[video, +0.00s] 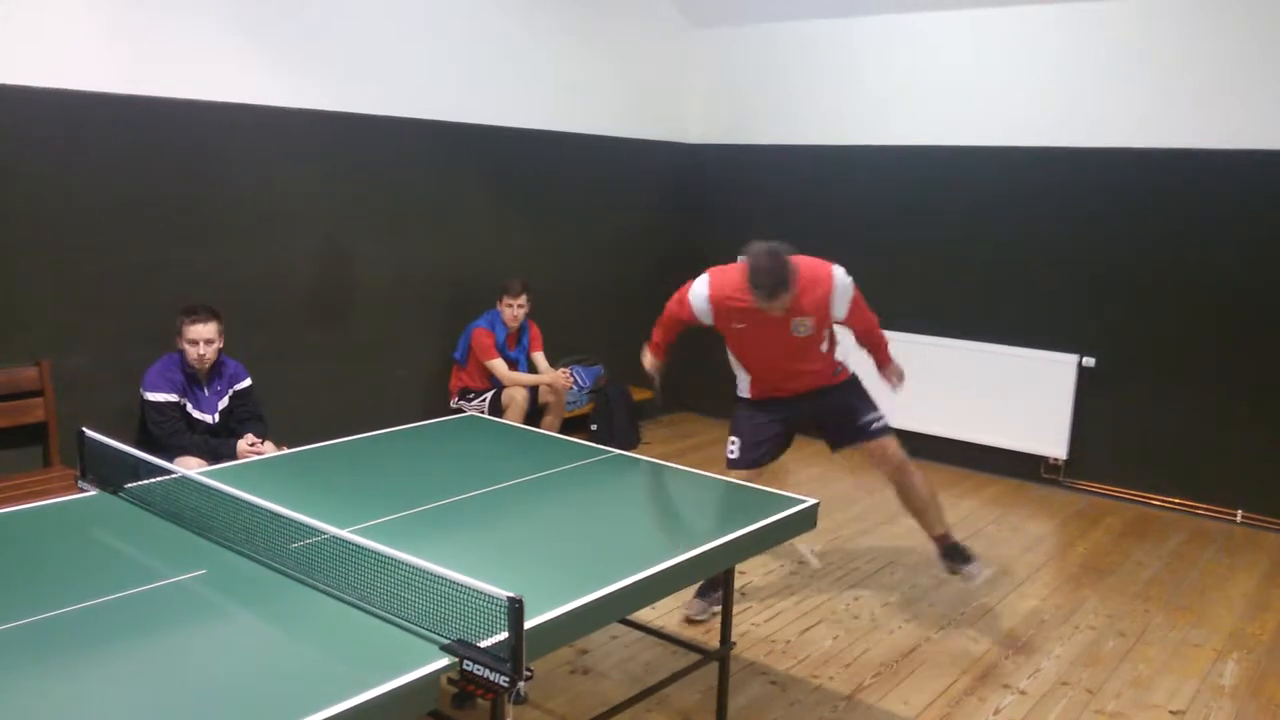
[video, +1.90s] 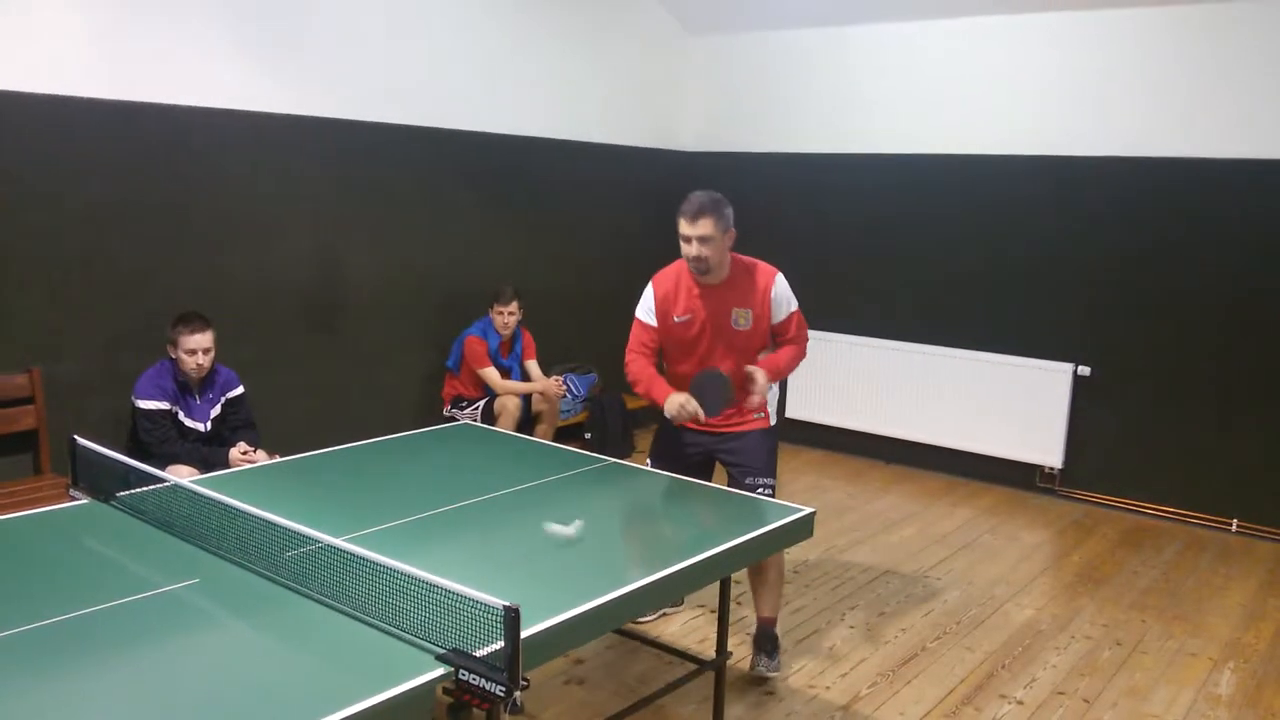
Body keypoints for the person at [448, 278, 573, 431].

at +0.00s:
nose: (515, 313)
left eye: (520, 307)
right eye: (509, 306)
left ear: (527, 308)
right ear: (499, 306)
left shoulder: (530, 329)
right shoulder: (481, 331)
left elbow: (544, 368)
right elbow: (505, 378)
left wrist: (558, 378)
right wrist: (550, 379)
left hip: (503, 391)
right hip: (467, 398)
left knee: (557, 392)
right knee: (519, 395)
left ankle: (545, 453)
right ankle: (506, 453)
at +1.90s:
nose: (505, 320)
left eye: (511, 314)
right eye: (500, 313)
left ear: (520, 315)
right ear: (491, 313)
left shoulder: (523, 337)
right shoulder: (474, 340)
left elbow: (538, 378)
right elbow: (499, 387)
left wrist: (552, 386)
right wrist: (542, 387)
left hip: (497, 400)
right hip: (461, 406)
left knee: (550, 401)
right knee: (511, 403)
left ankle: (537, 463)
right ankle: (498, 462)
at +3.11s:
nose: (512, 319)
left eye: (518, 313)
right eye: (506, 312)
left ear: (526, 314)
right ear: (498, 312)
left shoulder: (530, 336)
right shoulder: (480, 338)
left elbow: (545, 377)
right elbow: (505, 386)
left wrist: (558, 384)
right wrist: (548, 386)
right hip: (468, 405)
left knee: (556, 400)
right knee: (517, 402)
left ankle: (545, 462)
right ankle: (506, 461)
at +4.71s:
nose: (504, 325)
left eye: (510, 319)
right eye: (498, 318)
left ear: (518, 320)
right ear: (489, 318)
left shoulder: (521, 342)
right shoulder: (472, 344)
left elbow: (535, 382)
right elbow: (496, 392)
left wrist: (550, 392)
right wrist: (541, 392)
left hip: (494, 406)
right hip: (458, 411)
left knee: (547, 406)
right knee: (508, 408)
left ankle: (535, 467)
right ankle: (494, 466)